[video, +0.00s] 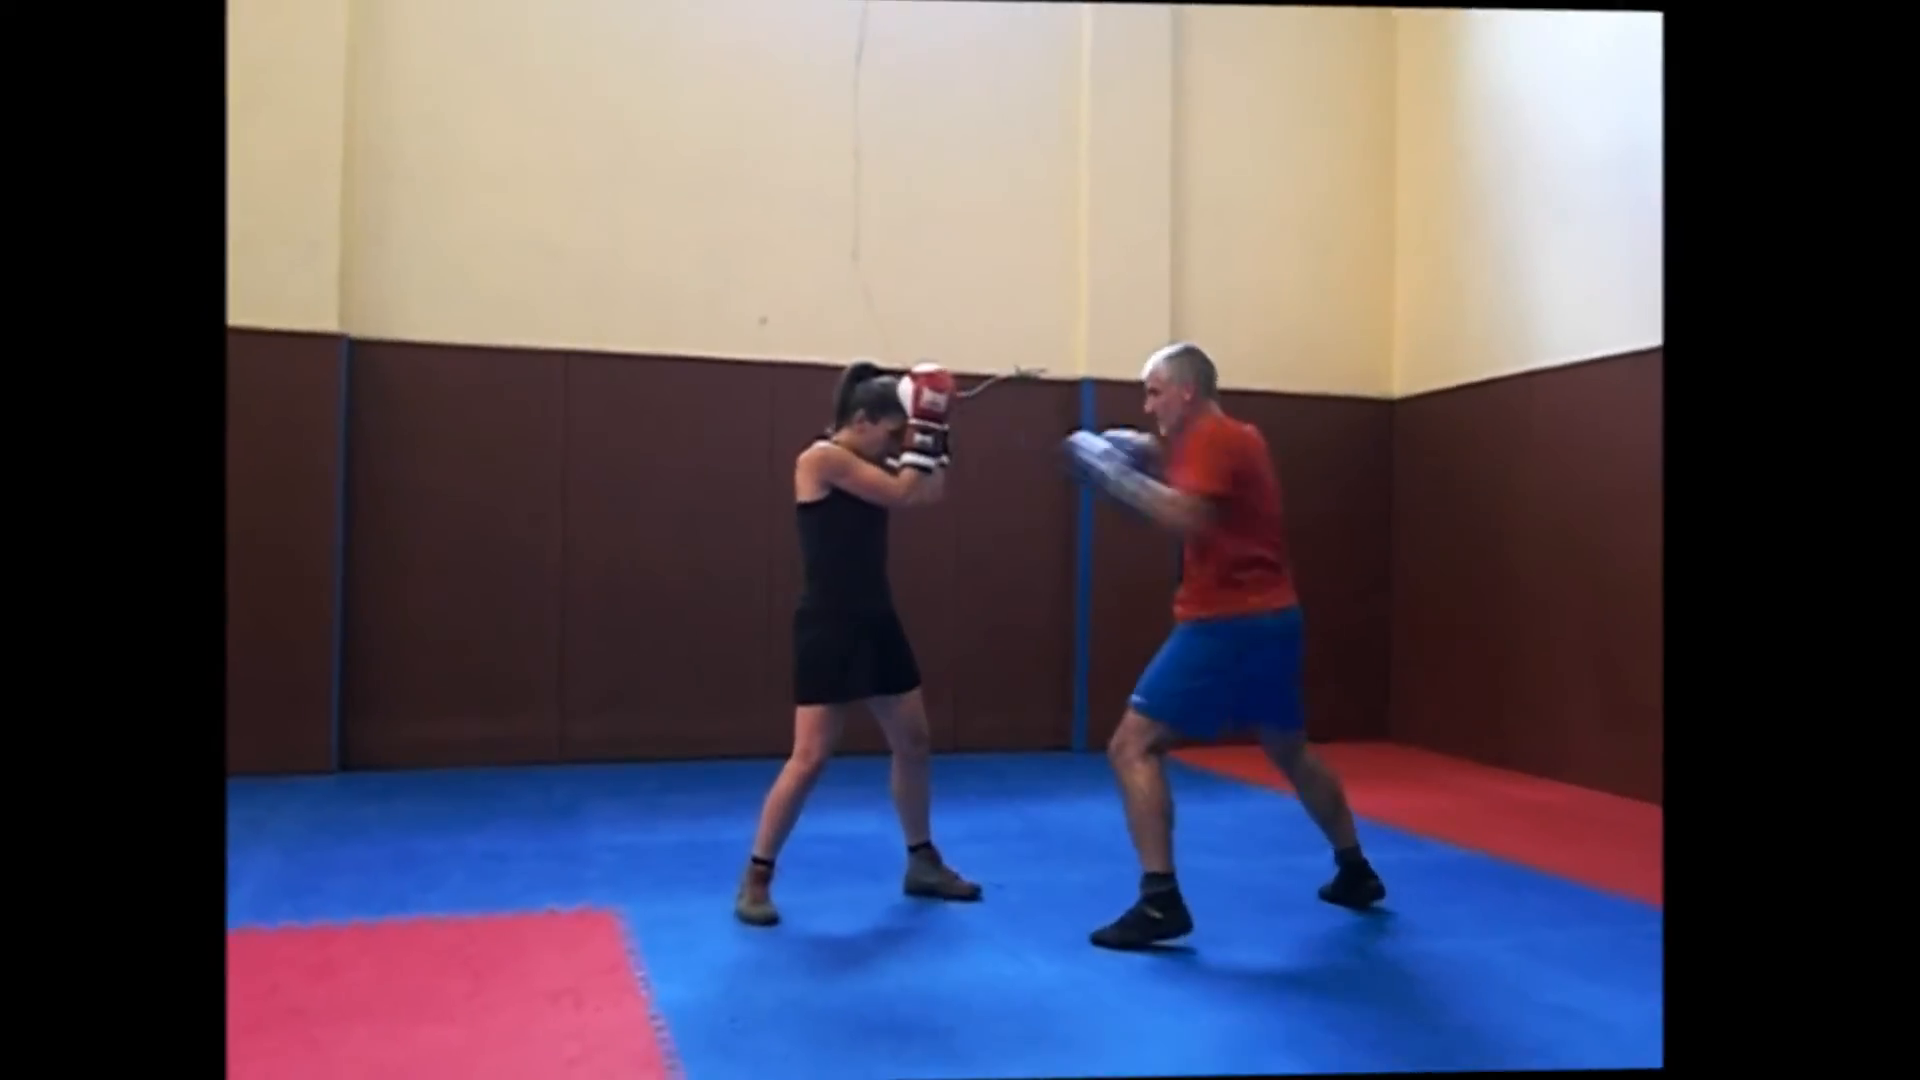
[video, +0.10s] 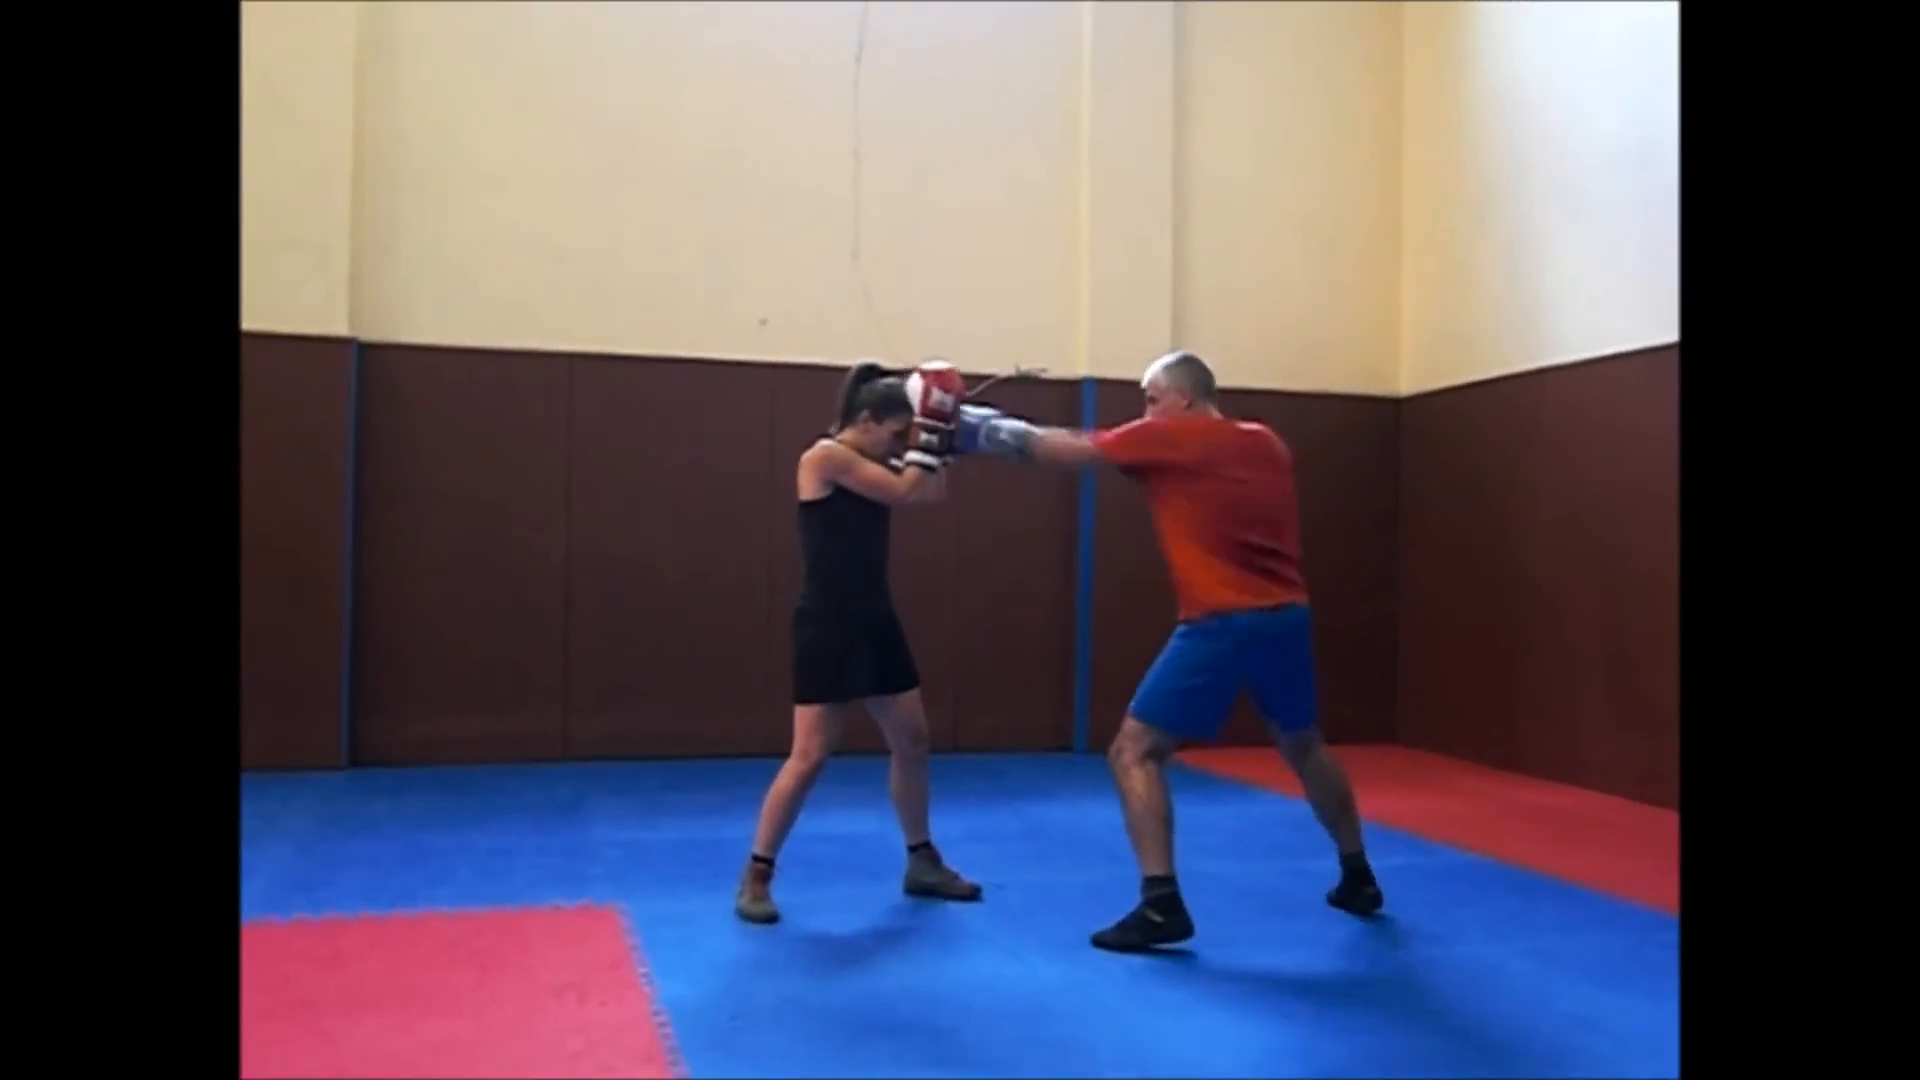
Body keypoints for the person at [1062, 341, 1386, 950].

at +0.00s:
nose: (1148, 405)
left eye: (1155, 392)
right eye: (1147, 393)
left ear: (1186, 391)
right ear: (1195, 393)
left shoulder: (1205, 439)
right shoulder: (1242, 435)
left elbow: (1188, 514)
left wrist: (1112, 476)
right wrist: (1151, 458)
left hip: (1218, 626)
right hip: (1273, 622)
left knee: (1132, 748)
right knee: (1291, 751)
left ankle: (1160, 901)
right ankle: (1355, 870)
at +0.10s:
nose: (1146, 410)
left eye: (1152, 399)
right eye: (1146, 400)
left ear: (1182, 397)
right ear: (1205, 399)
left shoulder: (1168, 436)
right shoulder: (1267, 441)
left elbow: (1067, 448)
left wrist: (985, 429)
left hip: (1215, 627)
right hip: (1287, 623)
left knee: (1133, 753)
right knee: (1306, 748)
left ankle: (1162, 906)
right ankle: (1359, 877)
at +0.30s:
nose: (1171, 410)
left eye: (1175, 399)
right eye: (1170, 400)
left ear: (1201, 396)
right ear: (1229, 398)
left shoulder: (1190, 440)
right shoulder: (1288, 445)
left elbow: (1109, 478)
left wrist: (1041, 459)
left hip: (1231, 625)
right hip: (1302, 620)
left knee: (1151, 754)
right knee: (1319, 753)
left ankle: (1165, 909)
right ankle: (1364, 884)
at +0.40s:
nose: (1180, 400)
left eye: (1185, 387)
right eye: (1179, 389)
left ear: (1217, 385)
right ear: (1237, 387)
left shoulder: (1220, 437)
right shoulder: (1287, 435)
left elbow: (1182, 506)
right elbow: (1243, 496)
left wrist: (1127, 475)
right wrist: (1177, 461)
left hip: (1251, 619)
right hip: (1307, 612)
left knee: (1161, 740)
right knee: (1312, 750)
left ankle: (1164, 896)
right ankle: (1364, 883)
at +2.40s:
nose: (1190, 412)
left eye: (1194, 400)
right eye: (1189, 401)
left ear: (1224, 395)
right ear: (1246, 397)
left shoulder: (1208, 440)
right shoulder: (1307, 445)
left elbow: (1157, 488)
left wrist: (1091, 464)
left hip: (1223, 630)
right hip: (1297, 633)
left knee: (1136, 744)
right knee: (1313, 757)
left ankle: (1145, 894)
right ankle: (1370, 886)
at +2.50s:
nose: (1167, 420)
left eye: (1173, 409)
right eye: (1167, 410)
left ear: (1207, 409)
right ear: (1229, 410)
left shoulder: (1172, 455)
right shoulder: (1290, 452)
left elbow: (1073, 461)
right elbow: (1313, 535)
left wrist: (990, 445)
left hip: (1217, 642)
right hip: (1293, 644)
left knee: (1120, 751)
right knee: (1308, 762)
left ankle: (1146, 899)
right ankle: (1371, 888)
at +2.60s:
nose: (1146, 415)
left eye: (1152, 403)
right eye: (1145, 403)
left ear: (1182, 405)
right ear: (1208, 404)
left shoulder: (1168, 453)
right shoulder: (1267, 453)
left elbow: (1094, 508)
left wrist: (1038, 485)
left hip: (1214, 645)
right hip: (1286, 641)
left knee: (1118, 752)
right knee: (1297, 766)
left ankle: (1148, 906)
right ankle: (1371, 889)